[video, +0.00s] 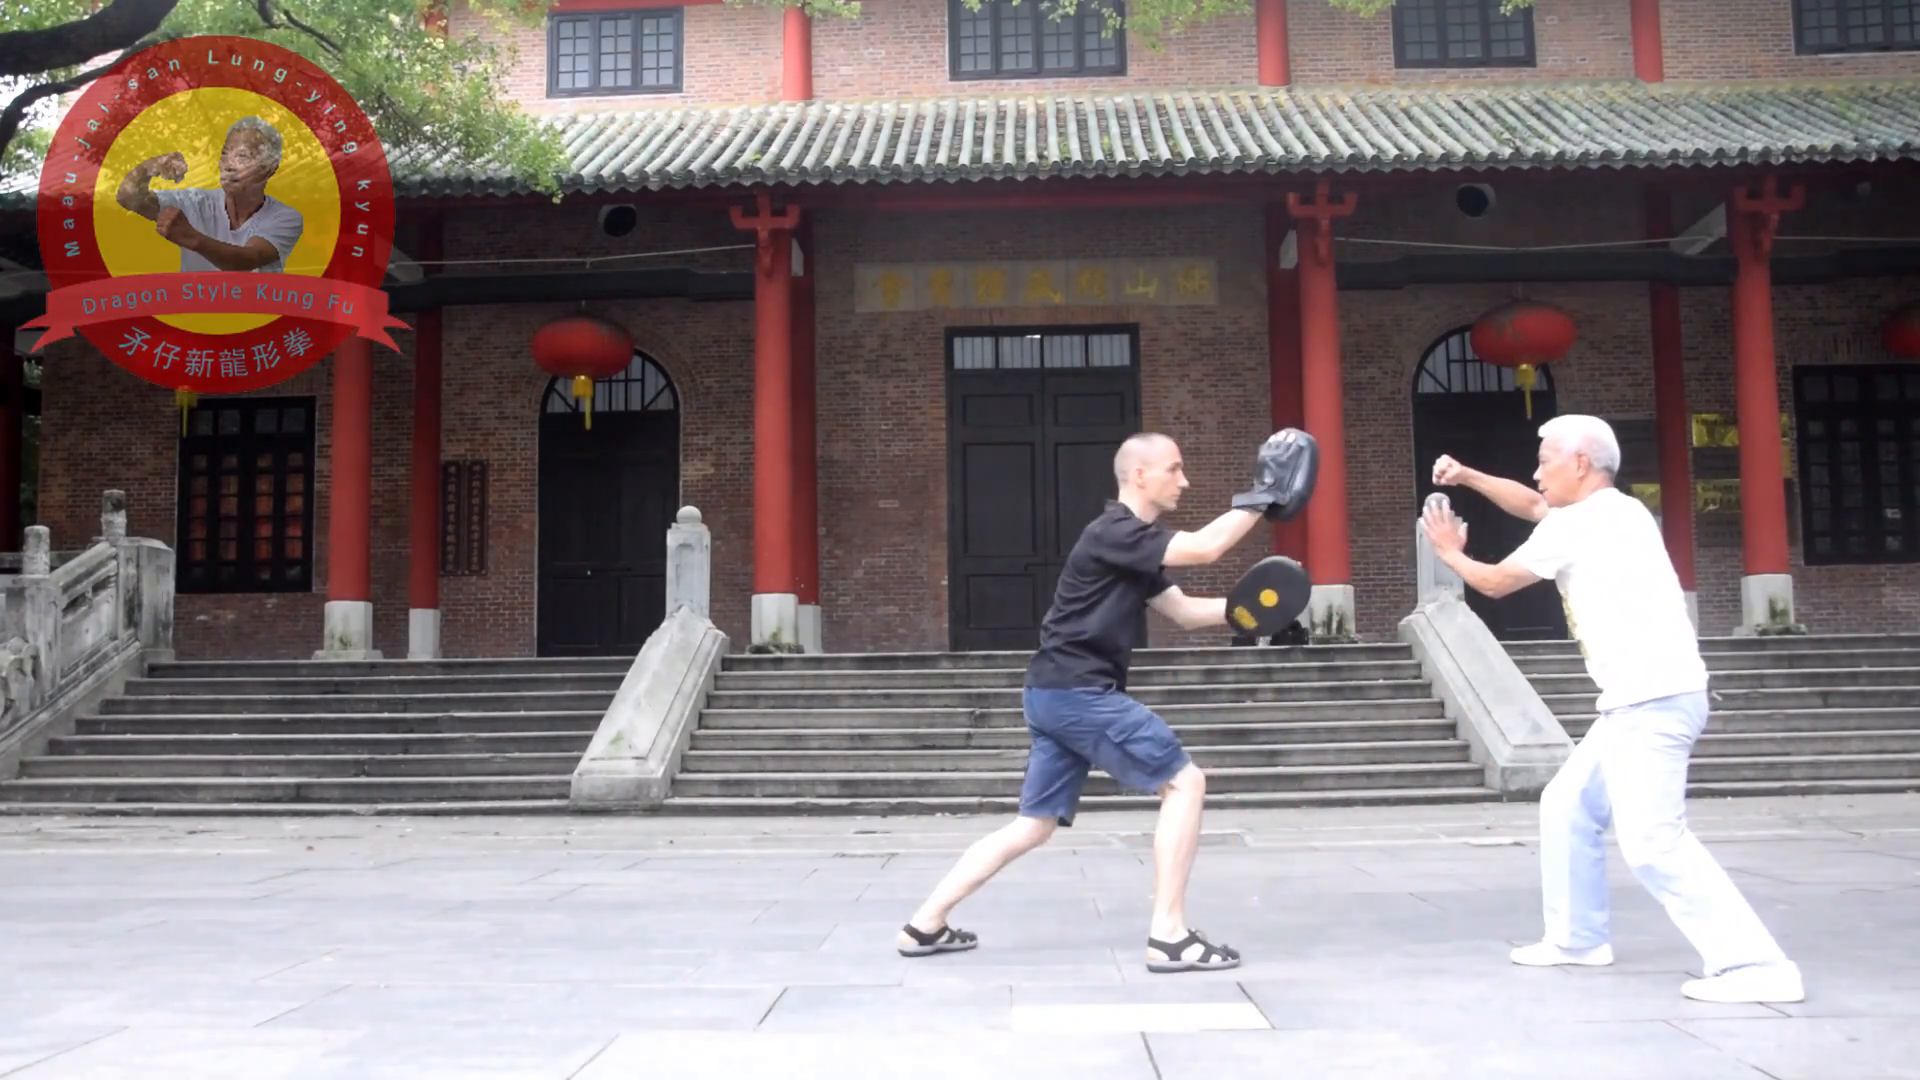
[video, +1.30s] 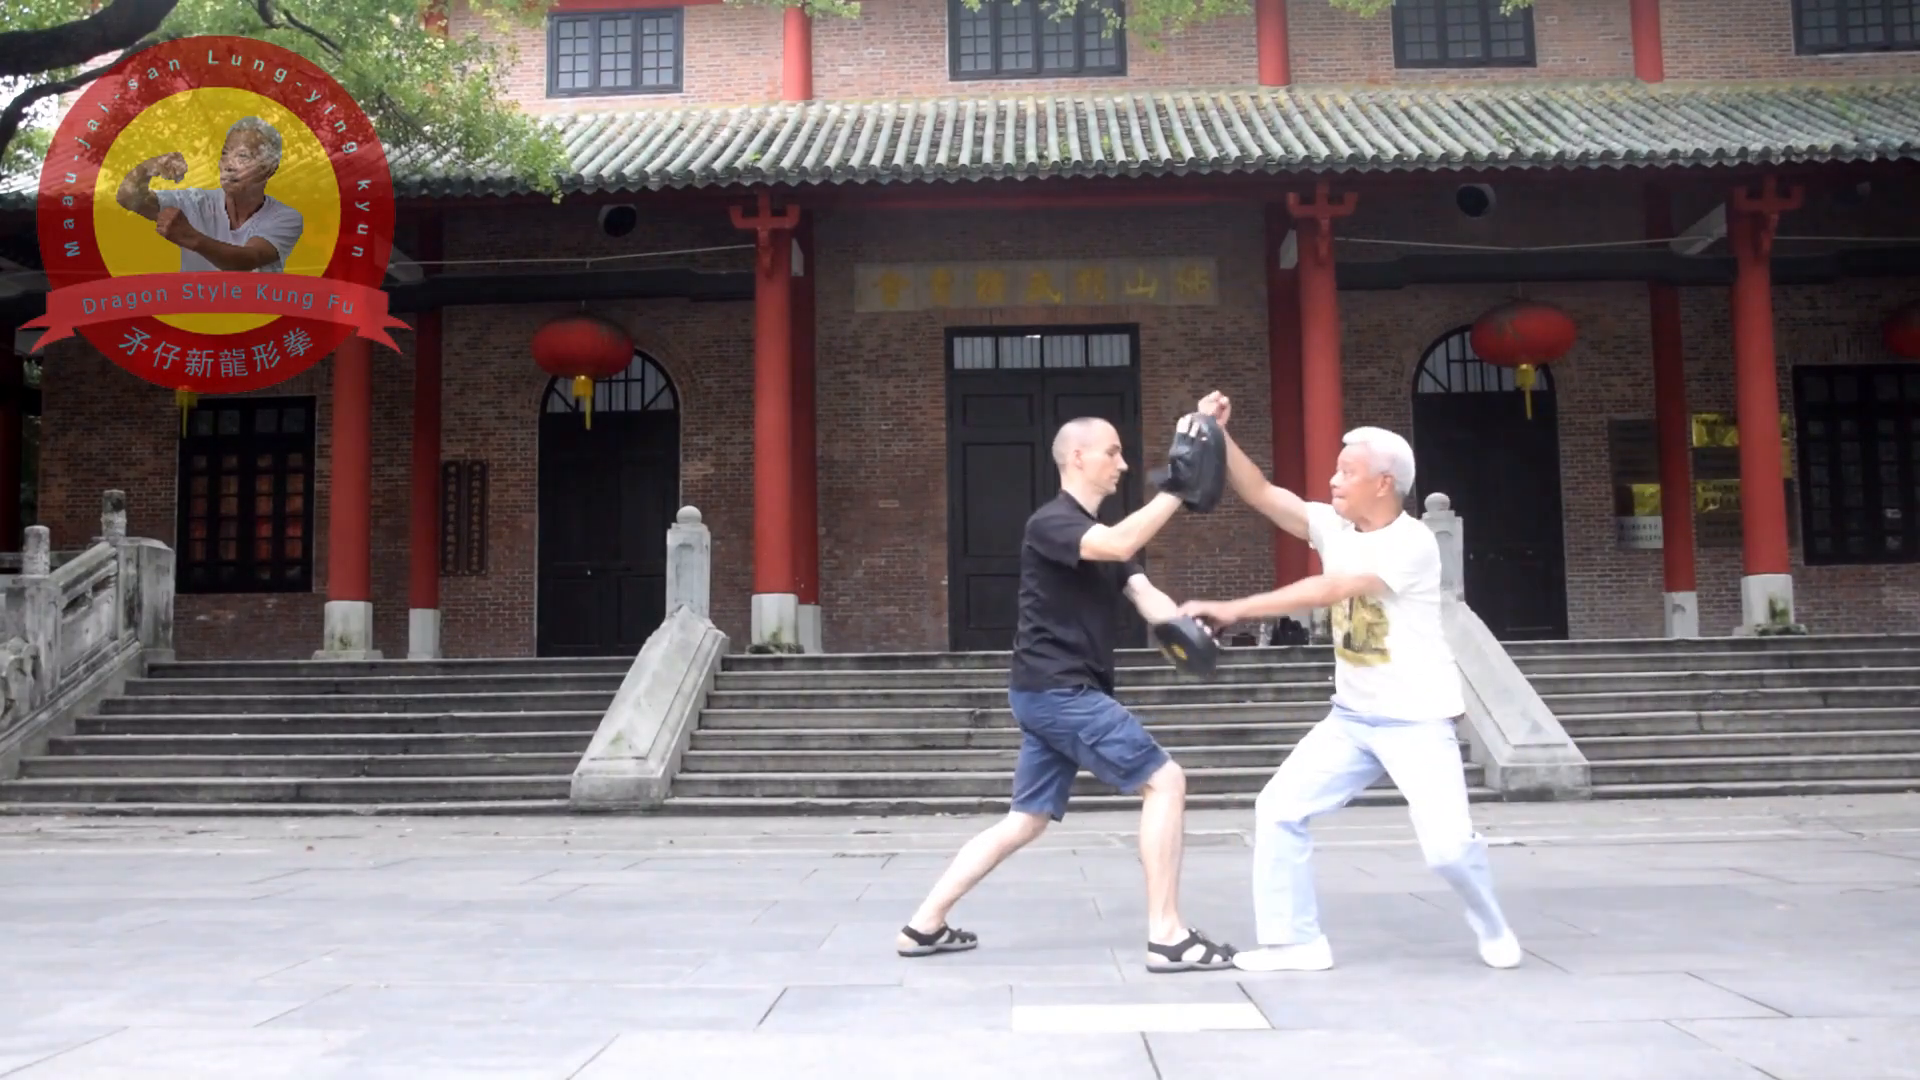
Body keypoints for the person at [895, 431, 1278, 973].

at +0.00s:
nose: (1184, 480)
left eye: (1183, 469)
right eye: (1175, 470)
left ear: (1142, 480)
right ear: (1139, 477)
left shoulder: (1125, 537)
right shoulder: (1116, 530)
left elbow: (1183, 611)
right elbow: (1205, 547)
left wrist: (1257, 609)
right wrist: (1261, 496)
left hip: (1053, 691)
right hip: (1076, 690)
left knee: (1033, 826)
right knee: (1185, 783)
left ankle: (925, 923)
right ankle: (1169, 935)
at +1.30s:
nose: (1124, 463)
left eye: (1122, 454)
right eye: (1114, 453)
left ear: (1088, 460)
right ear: (1078, 459)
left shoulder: (1103, 530)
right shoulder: (1050, 521)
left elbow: (1143, 594)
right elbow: (1118, 543)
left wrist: (1182, 625)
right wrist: (1180, 483)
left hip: (1056, 688)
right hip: (1056, 687)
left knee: (1025, 821)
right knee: (1165, 783)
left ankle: (924, 924)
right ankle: (1168, 935)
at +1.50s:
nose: (1103, 448)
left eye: (1103, 439)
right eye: (1092, 439)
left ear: (1073, 448)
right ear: (1057, 445)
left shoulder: (1091, 515)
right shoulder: (1034, 504)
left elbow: (1134, 567)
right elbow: (1088, 522)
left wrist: (1183, 583)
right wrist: (1148, 467)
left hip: (1044, 678)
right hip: (1048, 678)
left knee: (1012, 810)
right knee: (1151, 781)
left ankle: (921, 924)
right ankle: (1166, 934)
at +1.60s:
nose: (1104, 447)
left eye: (1103, 437)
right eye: (1093, 437)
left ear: (1072, 447)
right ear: (1059, 444)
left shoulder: (1087, 515)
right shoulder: (1041, 503)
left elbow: (1134, 574)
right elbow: (1102, 520)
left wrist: (1195, 584)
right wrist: (1163, 462)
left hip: (1033, 680)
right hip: (1048, 680)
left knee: (1017, 812)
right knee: (1149, 783)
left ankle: (922, 923)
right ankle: (1167, 935)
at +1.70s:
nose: (1102, 453)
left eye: (1101, 443)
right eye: (1091, 443)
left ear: (1066, 452)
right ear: (1055, 450)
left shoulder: (1070, 518)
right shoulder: (1042, 508)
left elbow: (1120, 593)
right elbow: (1098, 544)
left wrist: (1175, 606)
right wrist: (1159, 483)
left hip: (1024, 686)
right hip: (1047, 685)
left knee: (1048, 819)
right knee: (1148, 783)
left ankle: (935, 906)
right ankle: (1167, 937)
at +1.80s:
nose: (1084, 457)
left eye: (1082, 446)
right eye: (1073, 447)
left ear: (1043, 457)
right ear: (1037, 455)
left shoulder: (1037, 516)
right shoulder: (1024, 511)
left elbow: (1057, 608)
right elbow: (1052, 583)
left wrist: (1126, 622)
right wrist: (1118, 541)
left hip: (1019, 687)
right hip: (1036, 686)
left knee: (1070, 817)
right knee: (1135, 785)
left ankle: (958, 894)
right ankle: (1167, 937)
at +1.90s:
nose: (1059, 456)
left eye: (1059, 446)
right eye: (1049, 446)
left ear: (1022, 450)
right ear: (1014, 449)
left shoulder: (1015, 514)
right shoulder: (993, 509)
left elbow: (1038, 610)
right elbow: (1006, 595)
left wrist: (1109, 586)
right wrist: (1085, 574)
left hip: (1010, 683)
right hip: (996, 684)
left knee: (1053, 809)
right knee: (1082, 792)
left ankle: (953, 909)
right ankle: (1150, 930)